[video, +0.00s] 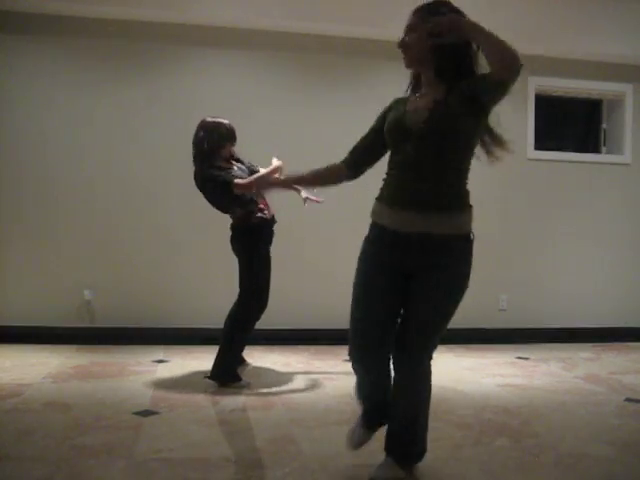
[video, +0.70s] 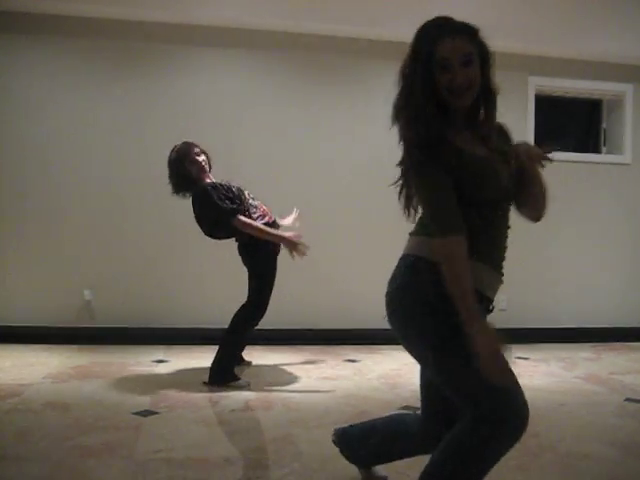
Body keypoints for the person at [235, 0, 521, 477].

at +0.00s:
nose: (401, 42)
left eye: (412, 34)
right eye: (403, 34)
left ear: (441, 41)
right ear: (412, 45)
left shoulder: (469, 98)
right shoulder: (399, 110)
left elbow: (510, 66)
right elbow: (350, 167)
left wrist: (467, 26)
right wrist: (281, 181)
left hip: (443, 245)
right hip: (386, 238)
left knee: (413, 352)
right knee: (365, 342)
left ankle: (404, 457)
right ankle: (376, 409)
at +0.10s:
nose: (402, 34)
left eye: (413, 24)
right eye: (399, 26)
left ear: (443, 33)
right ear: (397, 39)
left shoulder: (470, 98)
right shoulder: (388, 106)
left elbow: (496, 116)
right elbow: (358, 166)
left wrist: (483, 48)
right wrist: (323, 209)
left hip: (451, 244)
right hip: (390, 238)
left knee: (423, 355)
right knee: (389, 349)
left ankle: (397, 457)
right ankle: (358, 456)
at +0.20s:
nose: (410, 36)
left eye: (421, 25)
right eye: (402, 29)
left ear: (446, 34)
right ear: (393, 42)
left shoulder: (474, 105)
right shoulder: (386, 104)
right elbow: (394, 172)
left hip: (453, 251)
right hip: (394, 247)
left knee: (438, 369)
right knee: (420, 361)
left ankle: (387, 446)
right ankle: (390, 471)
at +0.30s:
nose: (418, 50)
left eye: (428, 38)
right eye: (406, 42)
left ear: (447, 48)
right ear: (393, 54)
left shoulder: (463, 122)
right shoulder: (392, 114)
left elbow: (485, 208)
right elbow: (448, 171)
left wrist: (474, 154)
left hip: (454, 268)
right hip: (398, 266)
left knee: (447, 379)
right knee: (455, 374)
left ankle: (389, 437)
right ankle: (422, 473)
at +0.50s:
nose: (439, 68)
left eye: (447, 54)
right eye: (424, 59)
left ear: (461, 62)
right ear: (407, 71)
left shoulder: (465, 135)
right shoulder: (416, 135)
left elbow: (476, 218)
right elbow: (474, 219)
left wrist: (499, 186)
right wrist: (561, 220)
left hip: (453, 296)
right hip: (412, 293)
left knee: (441, 433)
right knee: (489, 407)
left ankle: (359, 442)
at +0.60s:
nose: (446, 78)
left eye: (456, 65)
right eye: (431, 67)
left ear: (471, 72)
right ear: (412, 78)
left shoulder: (473, 139)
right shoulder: (421, 141)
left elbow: (500, 225)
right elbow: (466, 238)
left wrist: (510, 178)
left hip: (457, 301)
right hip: (420, 295)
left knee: (438, 438)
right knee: (499, 414)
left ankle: (358, 443)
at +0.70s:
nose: (458, 77)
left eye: (468, 63)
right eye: (444, 67)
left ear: (483, 67)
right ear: (426, 76)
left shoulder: (493, 134)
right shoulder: (429, 139)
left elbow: (533, 210)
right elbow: (449, 241)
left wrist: (526, 164)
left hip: (468, 295)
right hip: (424, 289)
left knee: (441, 428)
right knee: (504, 413)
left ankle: (356, 443)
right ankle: (437, 477)